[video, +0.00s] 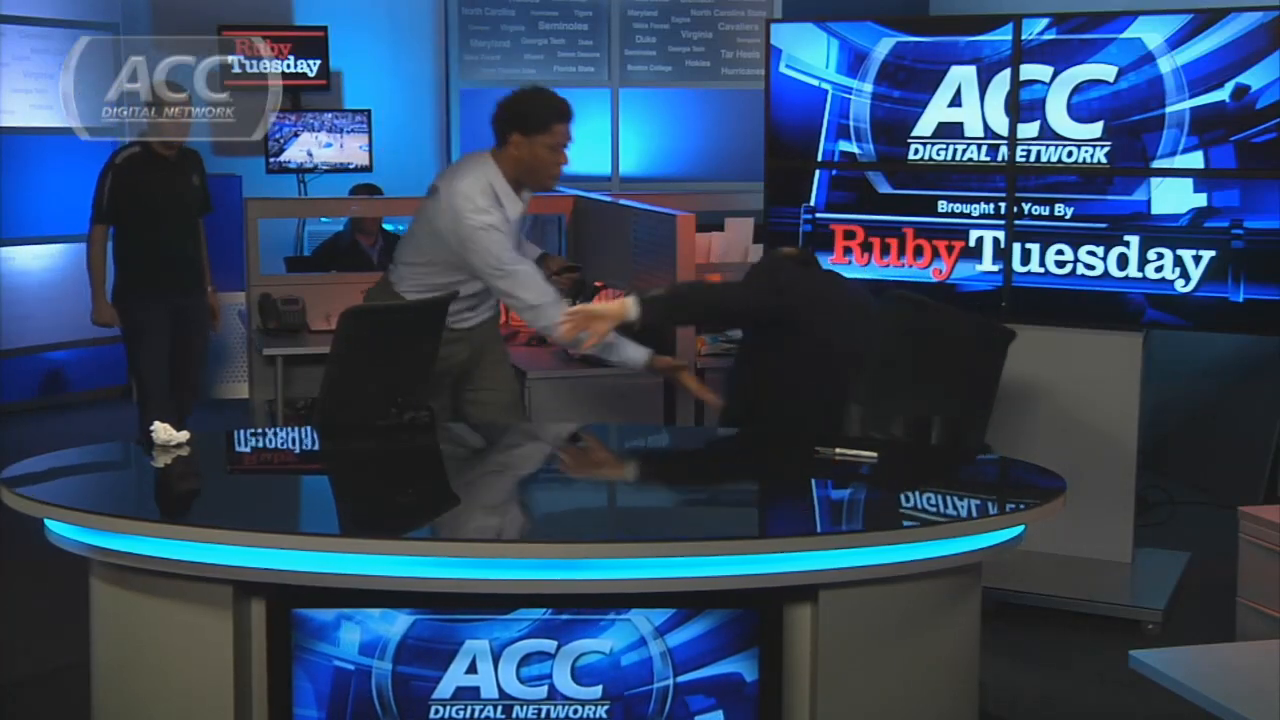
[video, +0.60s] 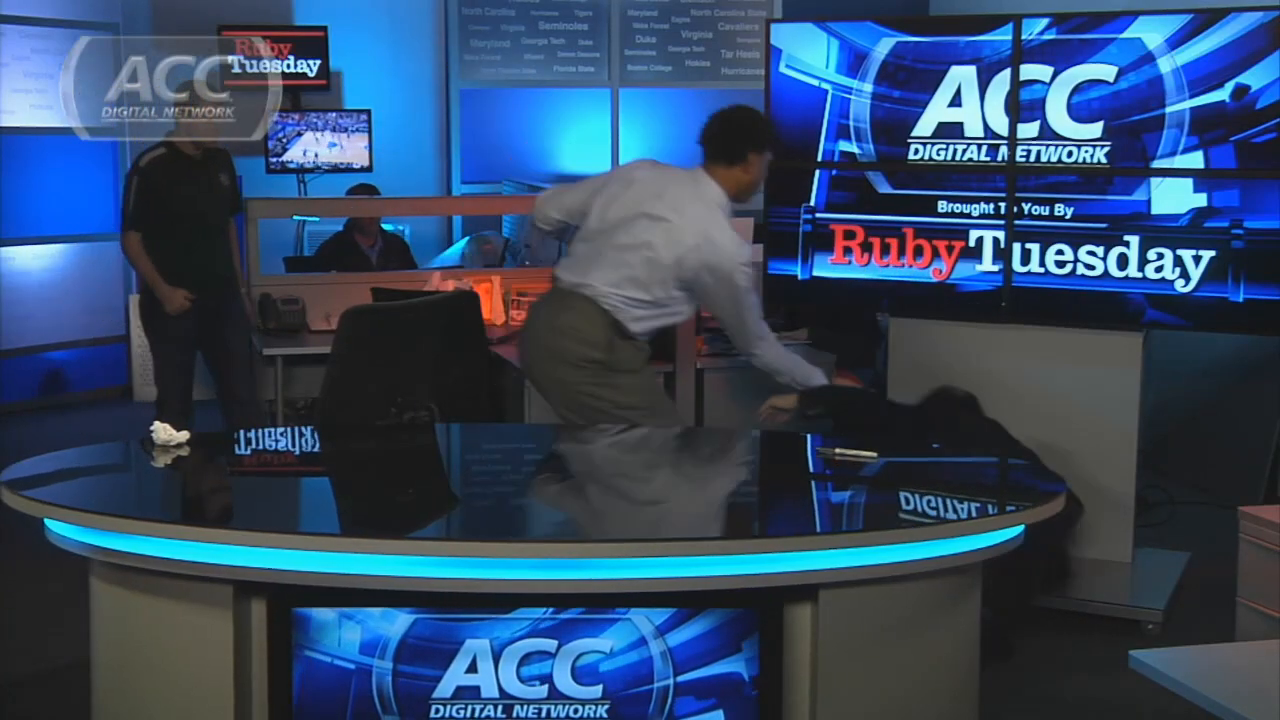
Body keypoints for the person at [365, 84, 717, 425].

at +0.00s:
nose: (564, 160)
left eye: (565, 149)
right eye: (556, 148)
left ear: (522, 146)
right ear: (516, 143)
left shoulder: (506, 186)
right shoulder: (469, 206)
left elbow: (503, 245)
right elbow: (550, 317)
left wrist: (541, 264)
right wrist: (647, 360)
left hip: (475, 337)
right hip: (411, 343)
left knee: (508, 449)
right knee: (412, 462)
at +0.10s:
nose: (600, 168)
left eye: (601, 156)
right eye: (594, 156)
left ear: (556, 149)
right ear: (558, 149)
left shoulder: (504, 167)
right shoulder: (510, 213)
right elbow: (581, 306)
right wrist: (681, 355)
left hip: (478, 331)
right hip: (428, 331)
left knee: (522, 428)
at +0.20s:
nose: (633, 160)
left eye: (635, 147)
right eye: (629, 147)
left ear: (592, 140)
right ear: (598, 140)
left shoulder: (525, 158)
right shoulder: (554, 210)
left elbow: (463, 208)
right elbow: (604, 312)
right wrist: (703, 353)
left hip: (513, 334)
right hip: (474, 337)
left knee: (568, 428)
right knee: (478, 451)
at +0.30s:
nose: (662, 147)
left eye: (664, 134)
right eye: (660, 133)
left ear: (626, 126)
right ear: (630, 127)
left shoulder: (550, 149)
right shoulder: (590, 204)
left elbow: (481, 206)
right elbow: (639, 319)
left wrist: (542, 241)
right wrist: (739, 342)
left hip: (538, 329)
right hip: (500, 329)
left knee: (584, 440)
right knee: (530, 450)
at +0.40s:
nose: (695, 146)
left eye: (696, 134)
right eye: (693, 133)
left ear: (656, 128)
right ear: (667, 130)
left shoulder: (583, 148)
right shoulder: (628, 219)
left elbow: (503, 195)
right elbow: (676, 321)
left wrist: (559, 235)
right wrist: (760, 351)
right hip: (526, 328)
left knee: (601, 439)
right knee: (576, 448)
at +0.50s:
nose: (732, 158)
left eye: (733, 147)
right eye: (731, 146)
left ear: (677, 132)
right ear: (710, 143)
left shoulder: (611, 159)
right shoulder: (672, 232)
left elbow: (523, 198)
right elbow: (719, 330)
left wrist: (576, 230)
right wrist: (795, 369)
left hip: (517, 315)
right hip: (553, 338)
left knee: (546, 451)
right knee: (621, 451)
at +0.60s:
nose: (763, 174)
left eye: (765, 164)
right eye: (763, 163)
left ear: (710, 150)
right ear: (749, 163)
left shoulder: (639, 175)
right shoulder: (717, 242)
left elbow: (548, 209)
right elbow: (755, 343)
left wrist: (595, 244)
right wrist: (819, 382)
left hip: (546, 326)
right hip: (593, 347)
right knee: (665, 461)